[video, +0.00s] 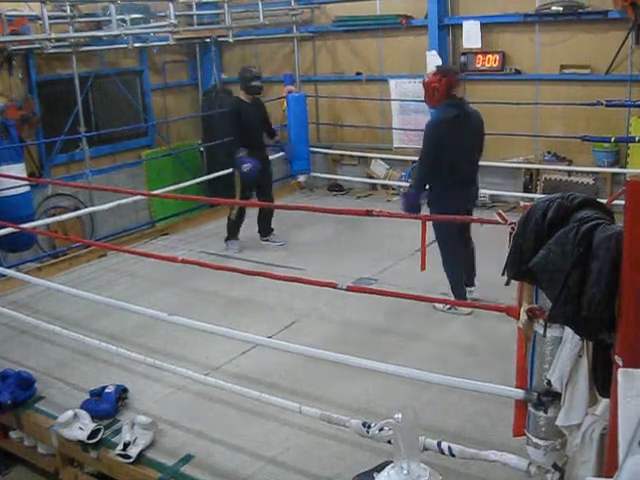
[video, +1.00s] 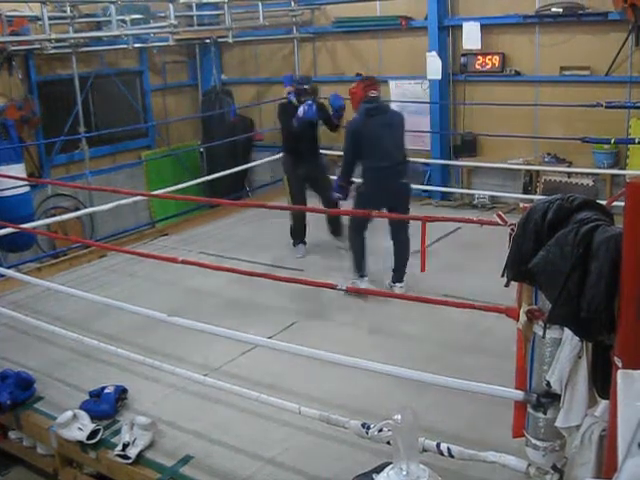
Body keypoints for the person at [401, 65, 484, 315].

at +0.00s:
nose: (425, 95)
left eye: (427, 90)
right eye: (425, 89)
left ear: (438, 91)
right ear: (452, 90)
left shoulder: (437, 123)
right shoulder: (473, 117)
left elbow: (426, 164)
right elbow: (475, 154)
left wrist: (413, 193)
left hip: (444, 193)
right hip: (468, 190)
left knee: (448, 244)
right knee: (464, 236)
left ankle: (460, 299)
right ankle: (468, 283)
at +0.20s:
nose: (418, 95)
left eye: (421, 90)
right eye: (419, 90)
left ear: (431, 92)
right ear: (445, 91)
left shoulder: (432, 125)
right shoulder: (465, 119)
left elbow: (425, 168)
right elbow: (470, 159)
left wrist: (411, 199)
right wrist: (474, 192)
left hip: (438, 193)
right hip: (458, 191)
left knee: (447, 244)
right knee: (443, 235)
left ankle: (460, 299)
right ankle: (442, 280)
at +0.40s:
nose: (406, 98)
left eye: (409, 92)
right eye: (406, 92)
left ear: (418, 94)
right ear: (428, 93)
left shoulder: (421, 124)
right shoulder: (446, 118)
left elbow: (414, 167)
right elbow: (458, 157)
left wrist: (402, 200)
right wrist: (465, 190)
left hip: (429, 192)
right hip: (445, 189)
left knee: (440, 244)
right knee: (423, 234)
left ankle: (460, 299)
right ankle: (407, 277)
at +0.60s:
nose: (387, 97)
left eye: (391, 92)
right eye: (388, 92)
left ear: (400, 94)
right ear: (411, 94)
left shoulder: (398, 124)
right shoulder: (426, 117)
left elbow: (391, 165)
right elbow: (437, 149)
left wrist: (380, 196)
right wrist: (432, 177)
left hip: (410, 190)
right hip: (428, 187)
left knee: (423, 243)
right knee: (411, 238)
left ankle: (454, 293)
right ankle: (398, 281)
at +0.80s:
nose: (368, 100)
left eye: (370, 95)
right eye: (369, 95)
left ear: (378, 96)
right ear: (394, 94)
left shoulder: (376, 123)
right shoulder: (413, 119)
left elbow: (367, 159)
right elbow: (417, 155)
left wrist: (357, 186)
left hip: (392, 187)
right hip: (416, 186)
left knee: (383, 238)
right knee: (408, 236)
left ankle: (419, 272)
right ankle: (398, 281)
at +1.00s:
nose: (351, 100)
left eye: (353, 96)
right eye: (352, 96)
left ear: (359, 97)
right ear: (378, 95)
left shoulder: (356, 124)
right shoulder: (397, 117)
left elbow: (350, 160)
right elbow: (397, 149)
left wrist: (342, 186)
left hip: (372, 185)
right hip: (398, 183)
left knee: (356, 227)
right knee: (400, 230)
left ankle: (361, 276)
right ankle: (398, 280)